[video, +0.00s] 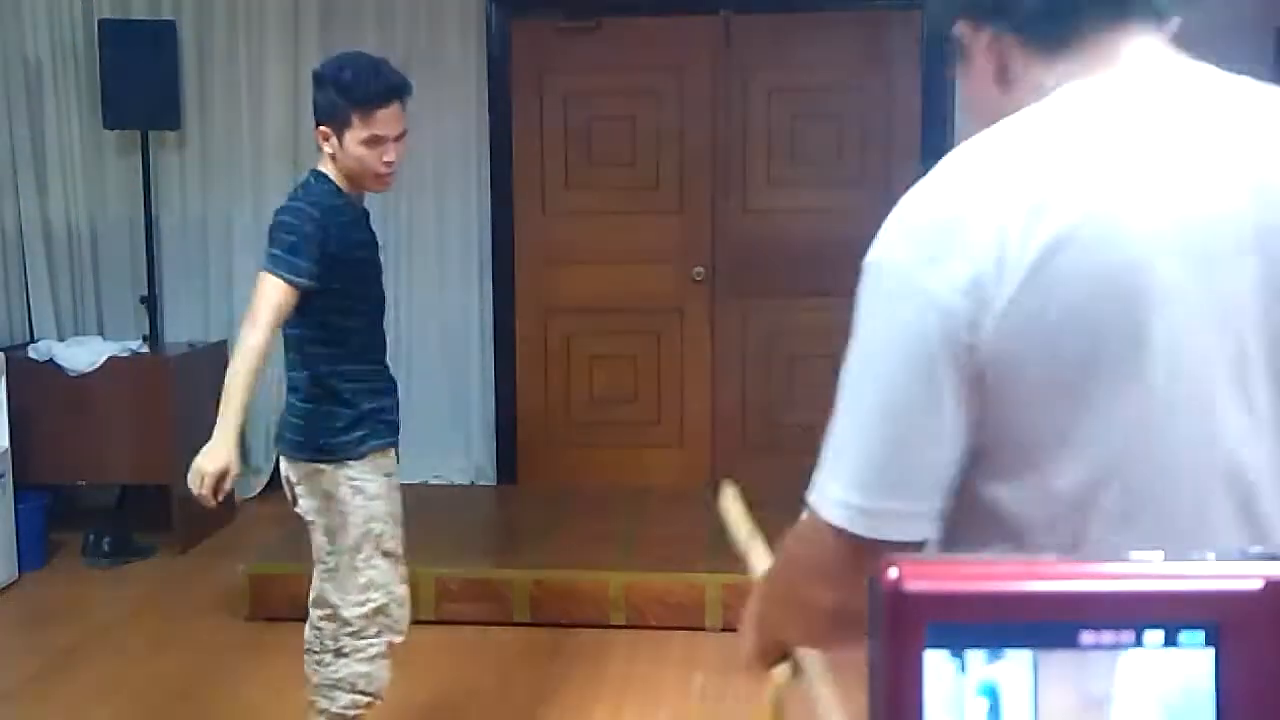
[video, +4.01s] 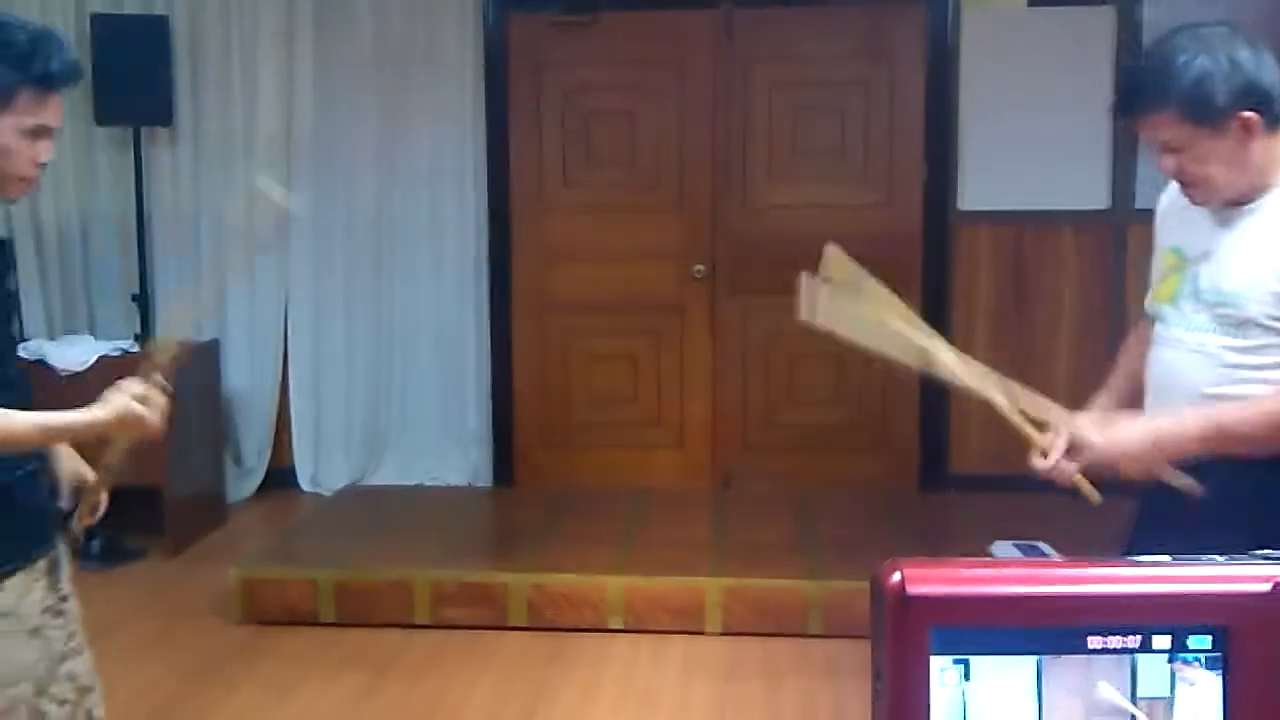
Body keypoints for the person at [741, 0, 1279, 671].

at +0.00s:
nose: (962, 101)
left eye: (958, 63)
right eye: (956, 67)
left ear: (987, 50)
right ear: (1160, 24)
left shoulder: (966, 205)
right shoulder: (1269, 120)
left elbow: (848, 568)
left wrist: (770, 615)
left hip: (1047, 688)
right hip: (1262, 676)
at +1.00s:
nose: (637, 162)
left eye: (627, 134)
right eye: (626, 137)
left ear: (651, 114)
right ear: (741, 85)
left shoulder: (661, 219)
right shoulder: (869, 190)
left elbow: (614, 452)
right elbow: (894, 380)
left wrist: (540, 615)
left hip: (719, 549)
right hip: (860, 531)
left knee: (685, 709)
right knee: (842, 711)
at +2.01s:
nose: (765, 160)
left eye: (771, 140)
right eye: (760, 143)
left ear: (833, 124)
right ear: (827, 130)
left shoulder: (928, 206)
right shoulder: (834, 200)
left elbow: (942, 393)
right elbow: (828, 349)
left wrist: (800, 481)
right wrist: (743, 416)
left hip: (903, 498)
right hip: (820, 494)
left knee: (891, 700)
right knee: (795, 693)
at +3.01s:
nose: (974, 163)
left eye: (983, 142)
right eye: (968, 146)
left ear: (1044, 126)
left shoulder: (1130, 202)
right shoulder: (1017, 204)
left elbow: (1126, 372)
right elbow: (1023, 335)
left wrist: (972, 352)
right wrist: (950, 380)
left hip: (1112, 459)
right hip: (1031, 456)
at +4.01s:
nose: (1164, 168)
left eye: (1175, 150)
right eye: (1157, 150)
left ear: (1247, 128)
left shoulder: (1272, 221)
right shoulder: (1177, 206)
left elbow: (1274, 411)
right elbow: (1154, 328)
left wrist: (1162, 439)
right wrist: (1095, 421)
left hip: (1259, 495)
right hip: (1172, 493)